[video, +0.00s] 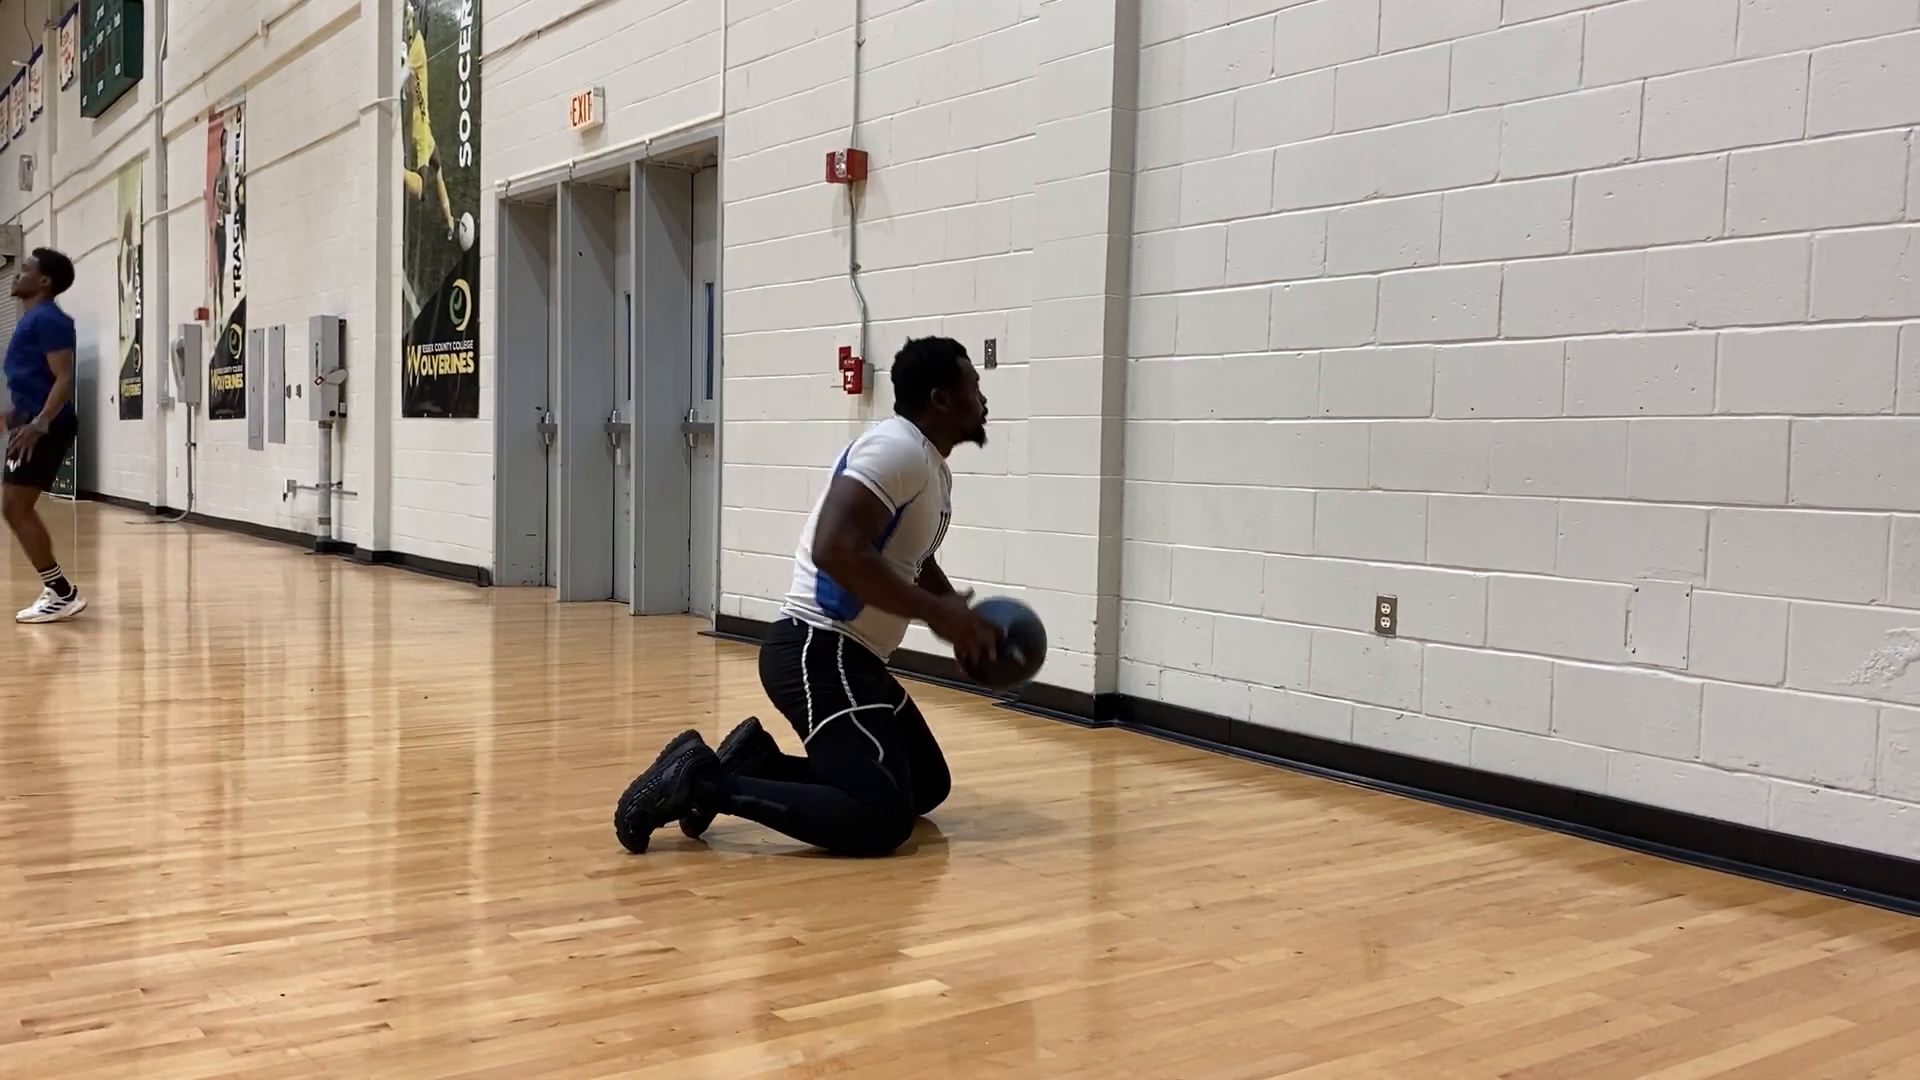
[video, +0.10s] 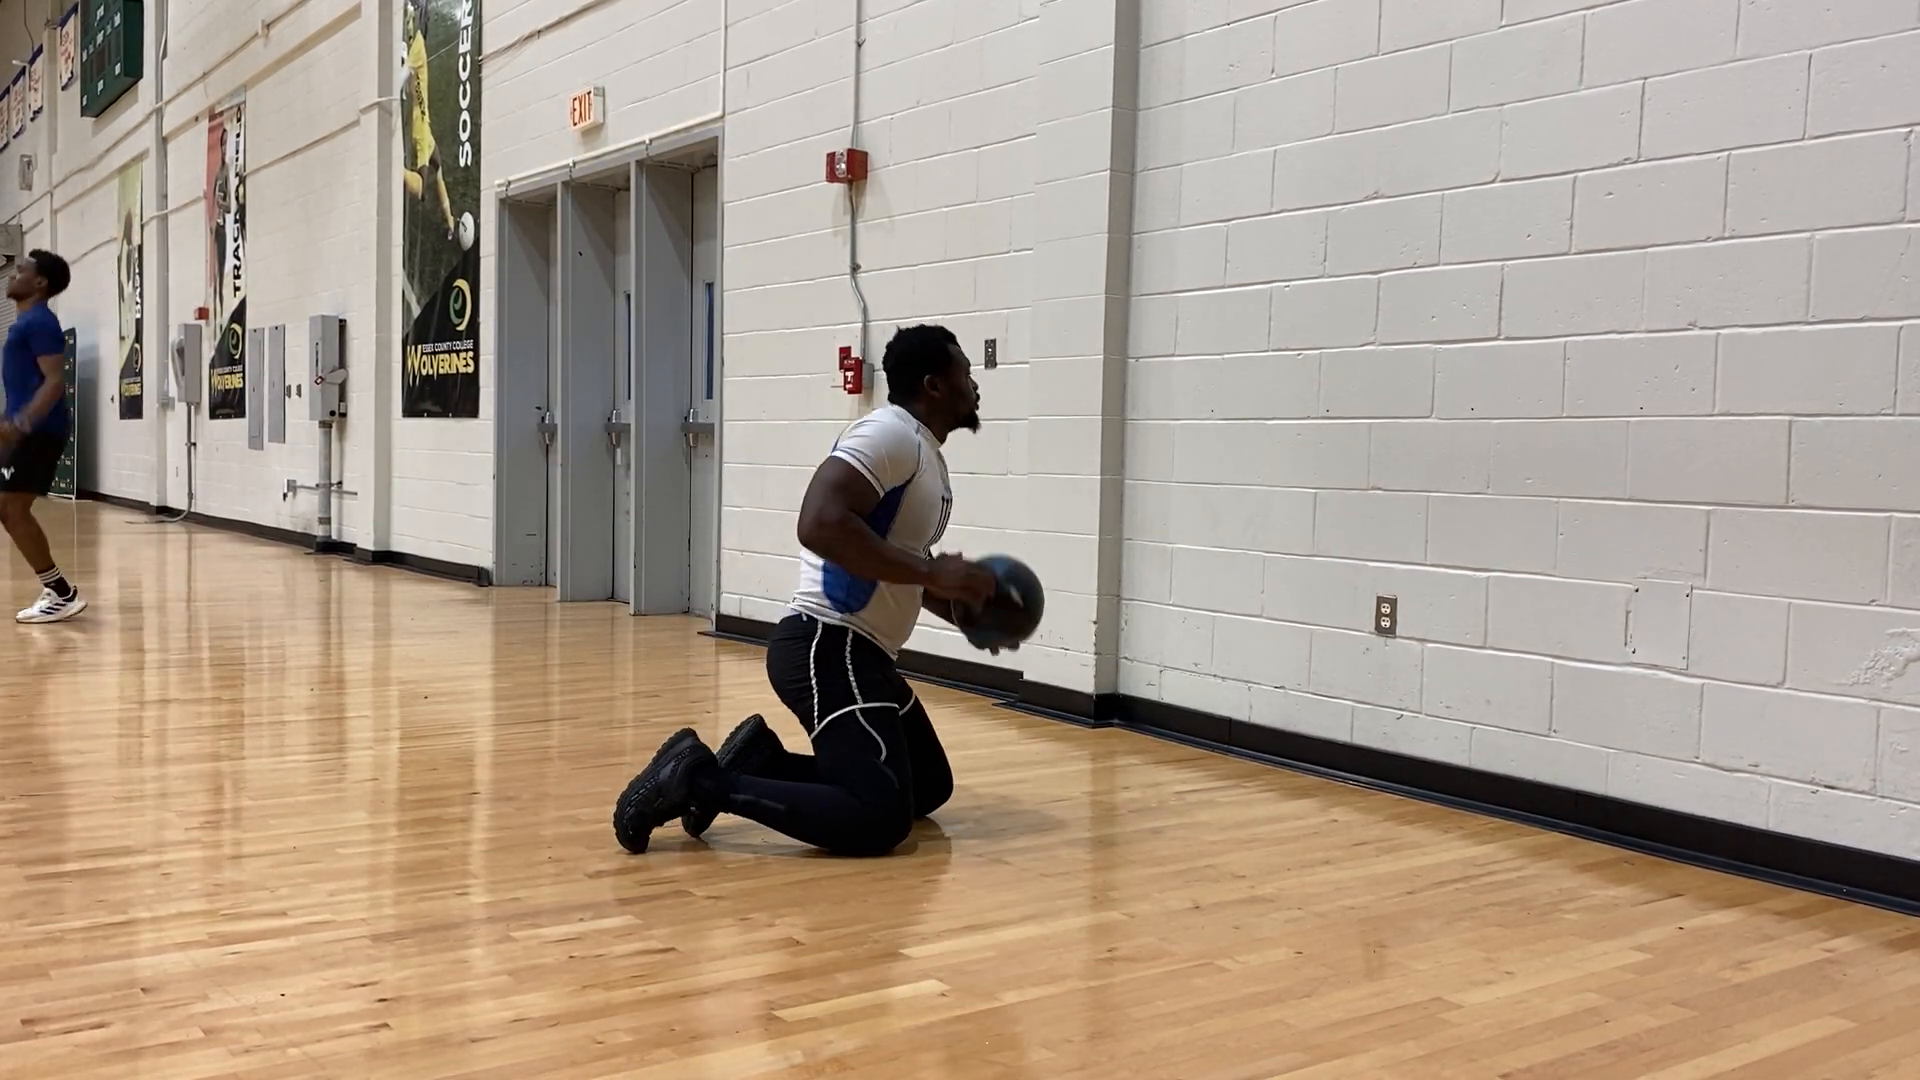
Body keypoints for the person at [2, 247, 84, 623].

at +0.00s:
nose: (17, 274)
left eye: (26, 269)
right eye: (21, 268)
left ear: (44, 281)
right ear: (41, 282)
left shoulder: (49, 319)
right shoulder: (32, 319)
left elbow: (65, 380)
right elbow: (37, 378)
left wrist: (39, 423)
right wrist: (15, 410)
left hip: (50, 424)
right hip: (35, 422)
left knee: (16, 505)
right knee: (15, 505)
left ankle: (60, 591)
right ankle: (58, 589)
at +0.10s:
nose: (12, 274)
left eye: (21, 270)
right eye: (16, 268)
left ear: (40, 283)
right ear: (35, 283)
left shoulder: (39, 321)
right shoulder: (26, 321)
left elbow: (55, 382)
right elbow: (31, 382)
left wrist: (21, 423)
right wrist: (11, 420)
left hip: (41, 430)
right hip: (26, 428)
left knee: (13, 508)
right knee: (10, 508)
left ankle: (60, 591)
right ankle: (58, 589)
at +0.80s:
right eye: (1, 257)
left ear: (4, 266)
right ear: (10, 267)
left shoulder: (9, 299)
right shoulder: (8, 299)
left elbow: (12, 349)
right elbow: (13, 349)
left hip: (8, 407)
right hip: (8, 407)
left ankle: (5, 579)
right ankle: (4, 577)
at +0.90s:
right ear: (10, 290)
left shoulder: (5, 327)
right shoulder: (4, 326)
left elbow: (14, 383)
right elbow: (13, 382)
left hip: (7, 435)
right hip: (8, 435)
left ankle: (8, 593)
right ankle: (7, 592)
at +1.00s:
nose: (14, 279)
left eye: (11, 267)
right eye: (14, 270)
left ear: (2, 269)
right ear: (12, 271)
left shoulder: (6, 310)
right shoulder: (6, 310)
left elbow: (11, 363)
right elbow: (11, 363)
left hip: (2, 418)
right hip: (3, 417)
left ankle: (3, 582)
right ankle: (2, 581)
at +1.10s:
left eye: (6, 245)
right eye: (13, 247)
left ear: (2, 252)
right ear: (13, 253)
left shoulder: (7, 287)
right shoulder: (10, 287)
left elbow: (7, 325)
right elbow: (9, 327)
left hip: (1, 391)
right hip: (1, 391)